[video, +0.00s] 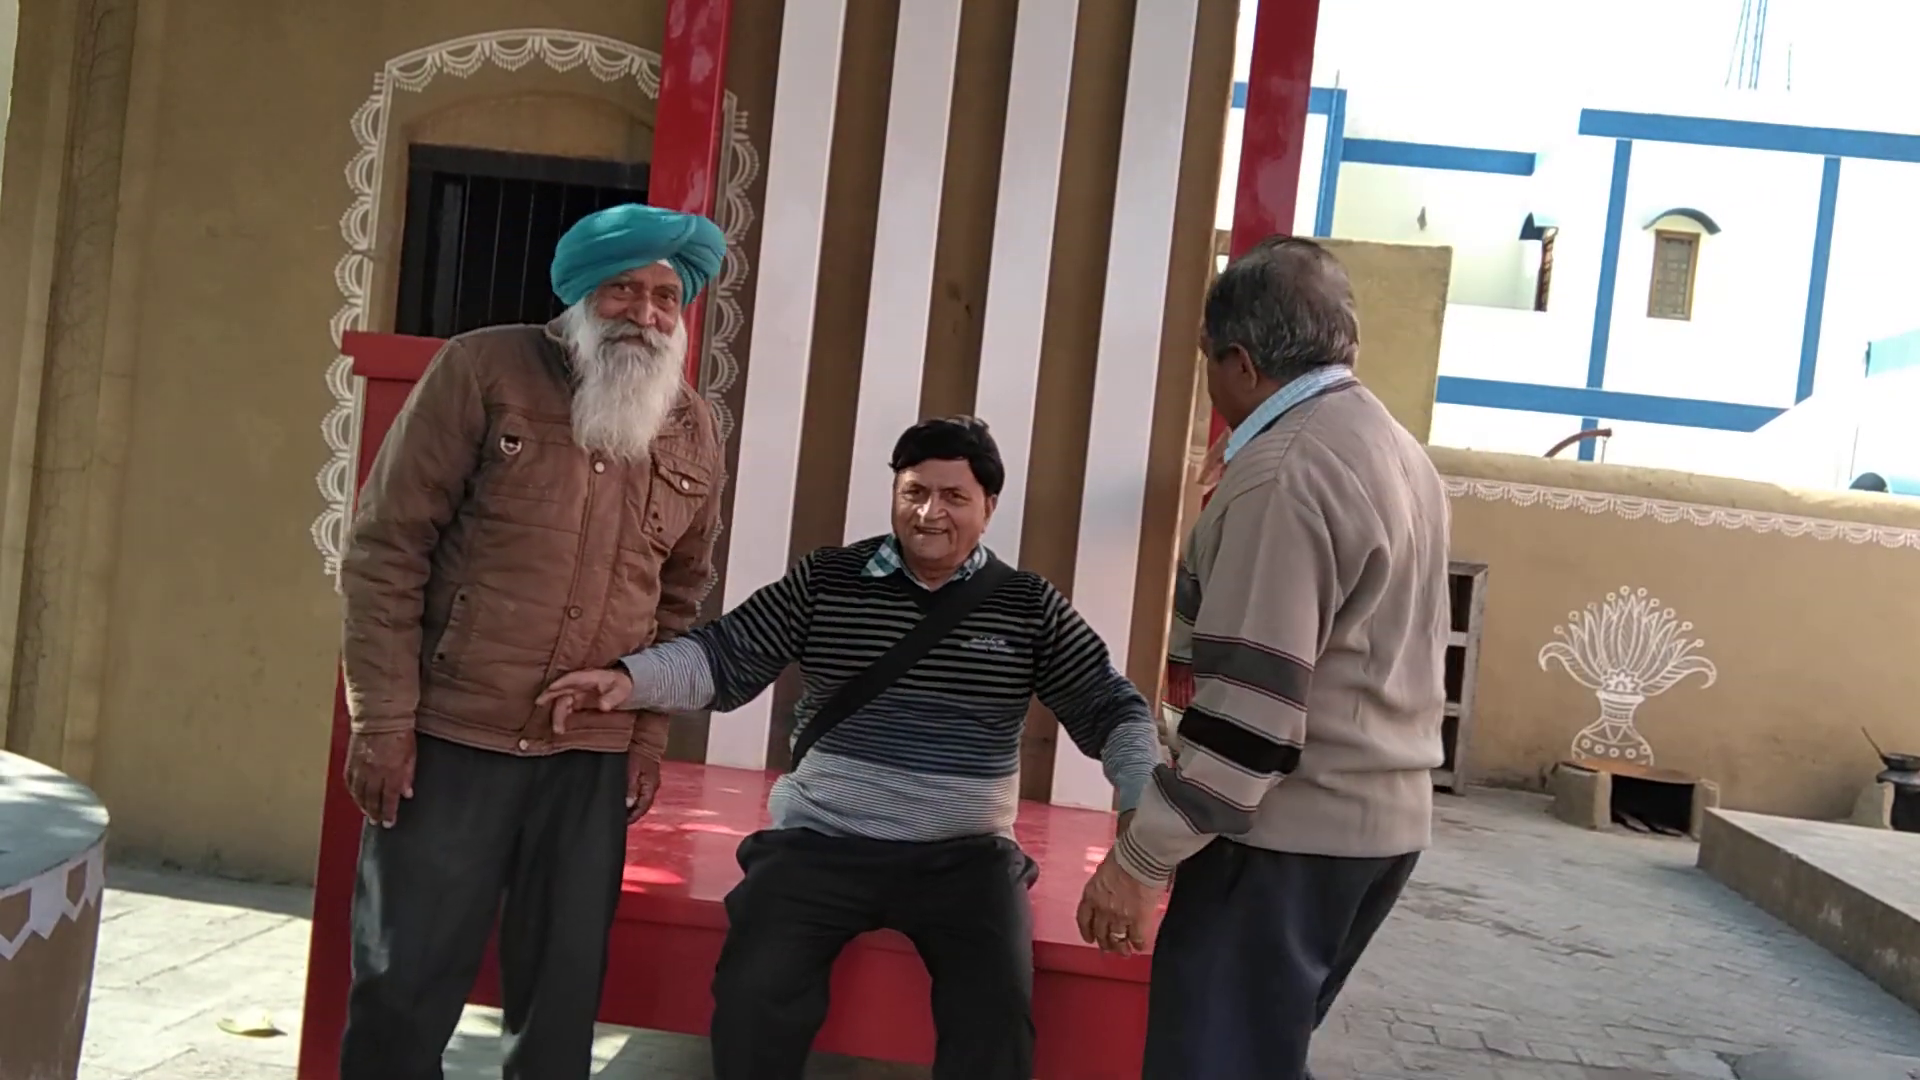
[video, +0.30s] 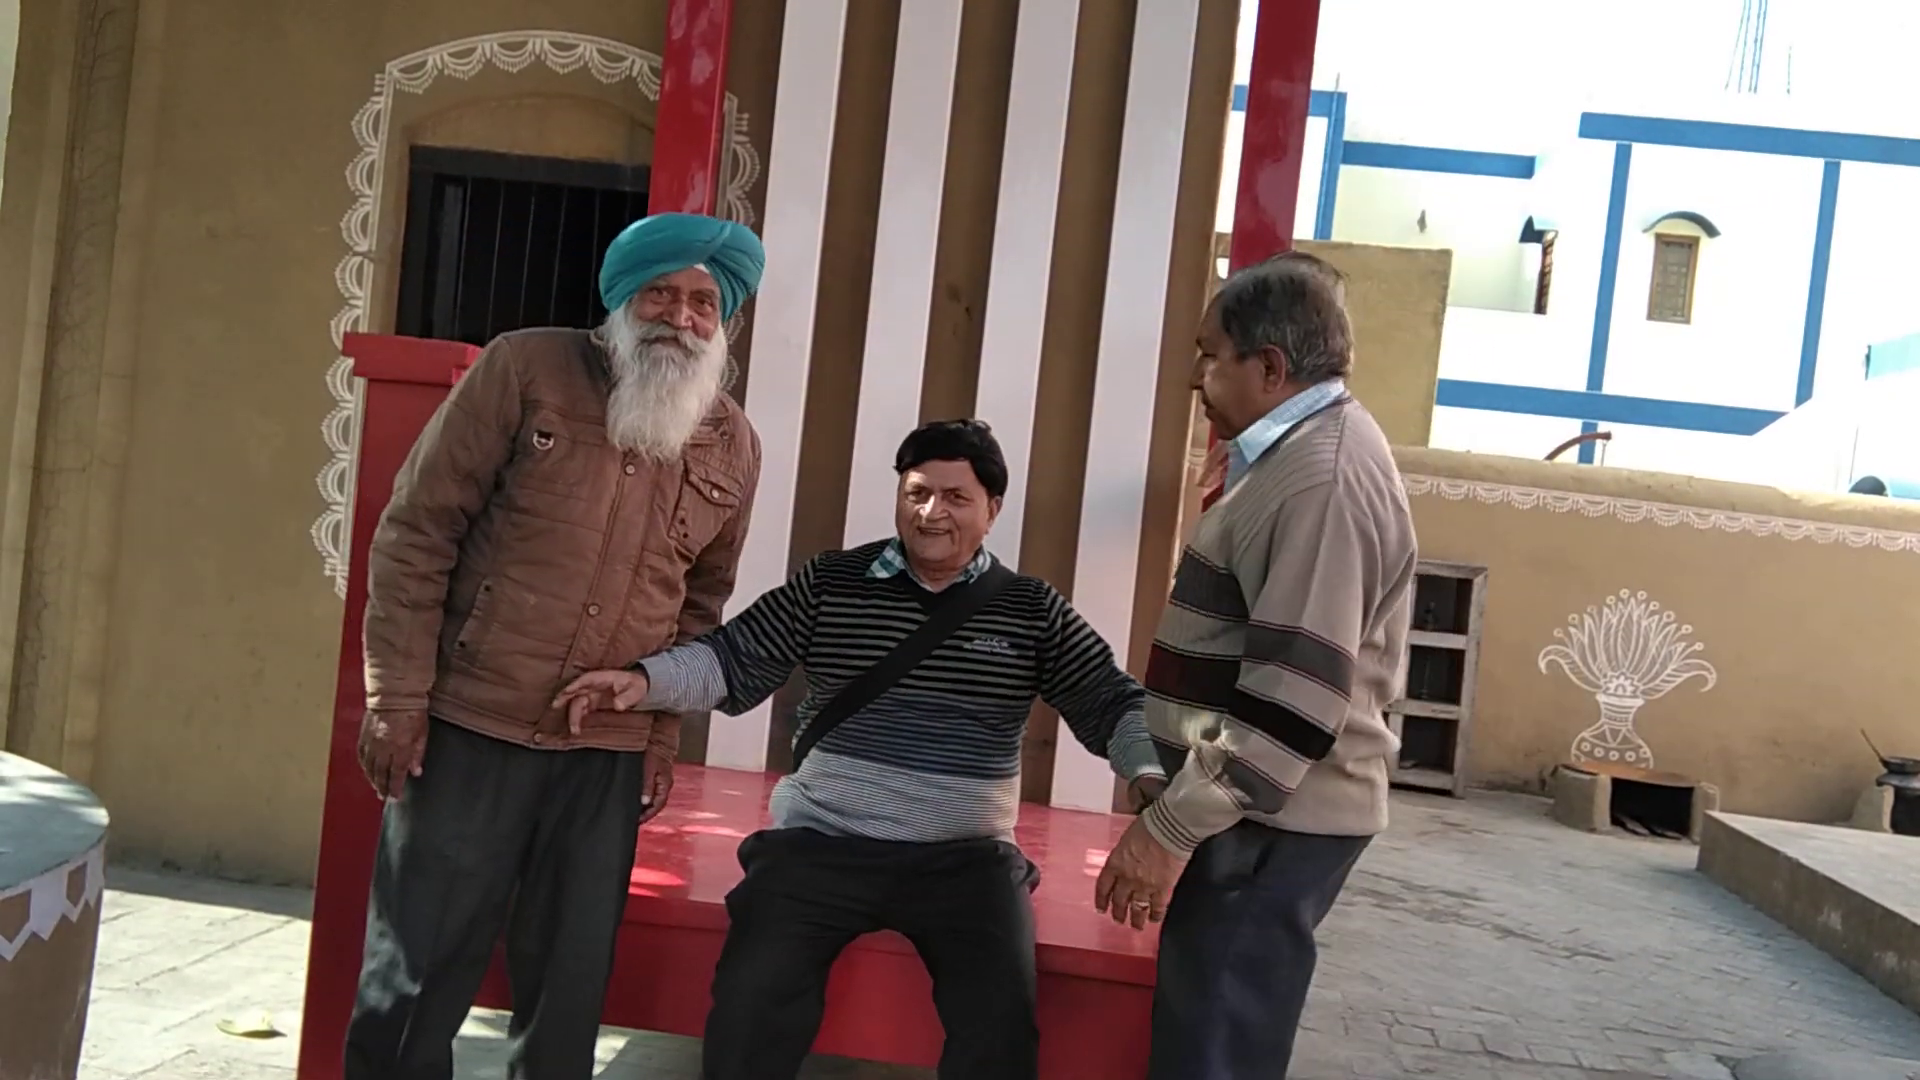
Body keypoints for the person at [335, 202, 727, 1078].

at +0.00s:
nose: (646, 312)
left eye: (666, 297)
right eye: (626, 288)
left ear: (684, 312)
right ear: (582, 293)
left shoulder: (696, 429)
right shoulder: (481, 369)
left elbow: (686, 595)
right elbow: (386, 544)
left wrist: (653, 726)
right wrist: (382, 719)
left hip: (591, 767)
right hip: (452, 753)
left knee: (559, 1028)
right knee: (400, 1016)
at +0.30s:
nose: (684, 314)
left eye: (706, 300)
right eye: (664, 292)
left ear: (725, 323)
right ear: (621, 298)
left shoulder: (731, 441)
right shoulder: (524, 370)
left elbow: (704, 600)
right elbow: (418, 530)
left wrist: (669, 728)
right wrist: (397, 695)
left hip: (607, 763)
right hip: (471, 742)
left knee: (566, 1019)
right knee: (408, 1001)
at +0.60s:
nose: (691, 316)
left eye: (715, 302)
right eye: (674, 293)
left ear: (736, 326)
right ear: (633, 300)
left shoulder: (739, 443)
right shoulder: (537, 368)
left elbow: (706, 598)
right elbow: (431, 525)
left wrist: (661, 727)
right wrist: (413, 690)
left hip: (611, 755)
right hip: (475, 734)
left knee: (569, 1012)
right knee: (424, 994)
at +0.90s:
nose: (660, 302)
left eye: (681, 289)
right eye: (642, 279)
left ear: (703, 310)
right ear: (602, 286)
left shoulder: (713, 433)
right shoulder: (505, 367)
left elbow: (699, 595)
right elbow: (407, 530)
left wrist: (659, 732)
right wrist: (402, 699)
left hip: (604, 757)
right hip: (468, 741)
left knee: (563, 1015)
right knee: (436, 1001)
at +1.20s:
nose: (639, 298)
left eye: (661, 282)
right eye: (620, 274)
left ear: (685, 303)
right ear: (580, 281)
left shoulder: (702, 428)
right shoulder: (484, 366)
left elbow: (692, 594)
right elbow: (391, 534)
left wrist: (647, 731)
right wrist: (383, 696)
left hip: (591, 755)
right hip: (451, 741)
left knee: (557, 1015)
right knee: (426, 1004)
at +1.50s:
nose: (615, 294)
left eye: (638, 279)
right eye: (596, 271)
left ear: (662, 301)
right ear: (557, 279)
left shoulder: (682, 427)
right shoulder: (461, 365)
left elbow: (679, 588)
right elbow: (371, 538)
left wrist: (636, 713)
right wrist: (362, 705)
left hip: (576, 755)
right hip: (435, 742)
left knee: (550, 1012)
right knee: (415, 1003)